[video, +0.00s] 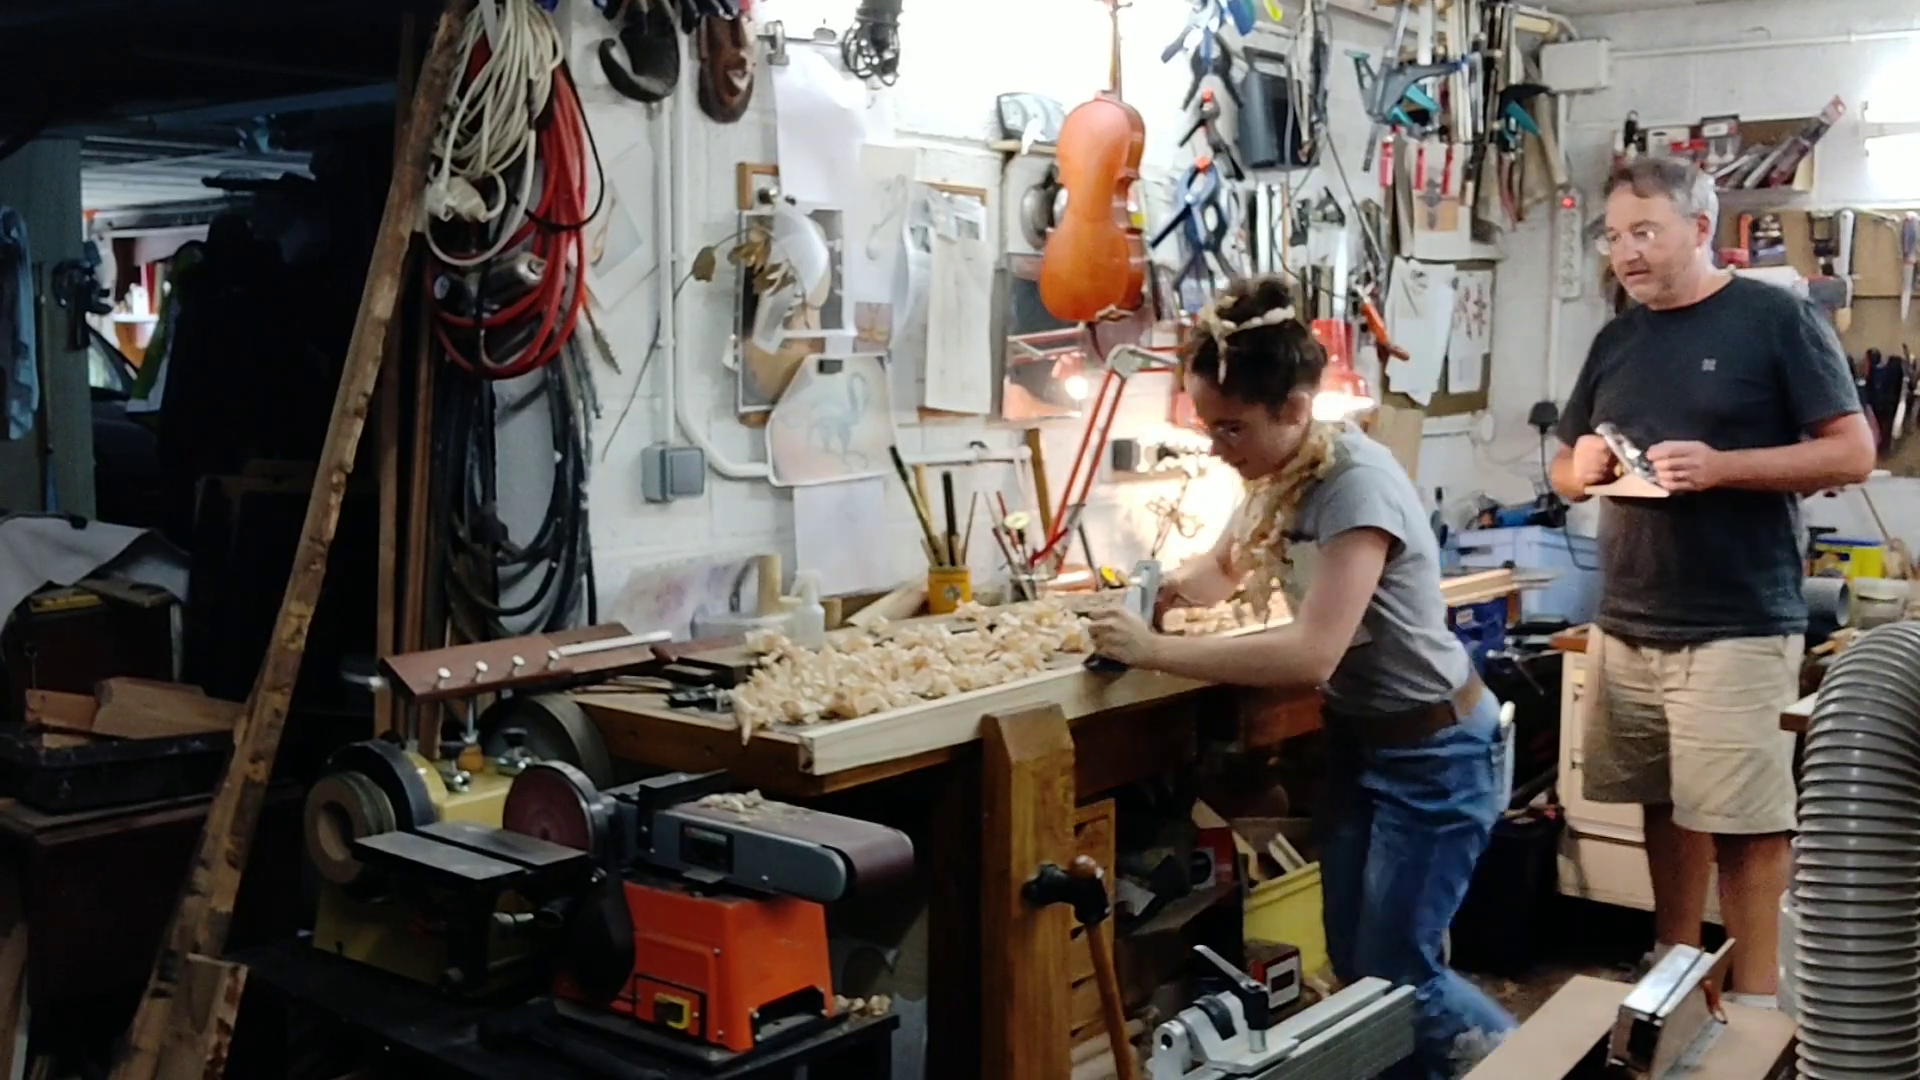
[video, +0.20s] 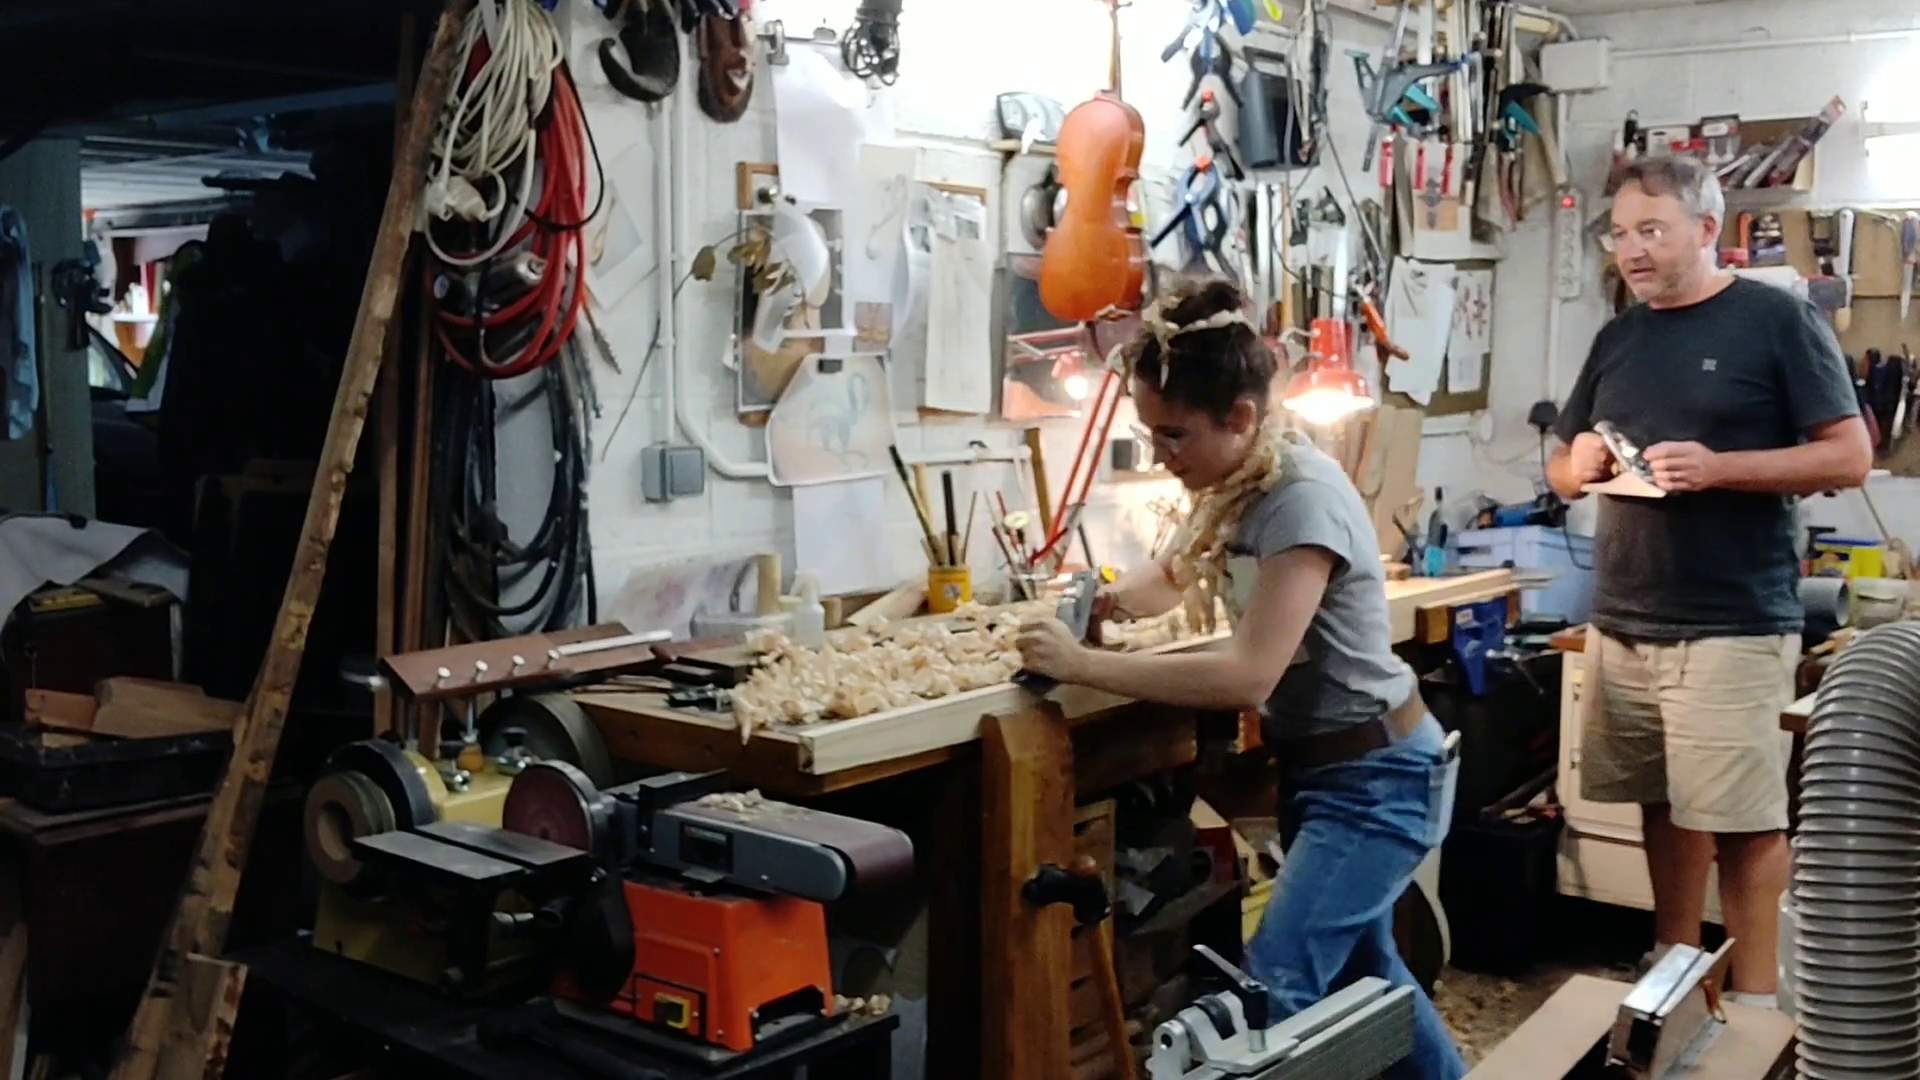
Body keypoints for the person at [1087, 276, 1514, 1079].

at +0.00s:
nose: (1217, 449)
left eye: (1231, 430)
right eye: (1208, 429)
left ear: (1295, 407)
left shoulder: (1360, 481)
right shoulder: (1283, 483)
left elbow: (1314, 652)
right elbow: (1221, 572)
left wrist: (1162, 652)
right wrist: (1144, 597)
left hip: (1439, 752)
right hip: (1362, 745)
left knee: (1395, 971)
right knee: (1353, 962)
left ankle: (1523, 1061)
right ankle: (1452, 1062)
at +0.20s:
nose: (1158, 457)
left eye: (1172, 438)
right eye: (1150, 437)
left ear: (1242, 416)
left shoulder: (1304, 497)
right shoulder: (1242, 492)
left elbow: (1249, 677)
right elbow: (1176, 578)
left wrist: (1084, 661)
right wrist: (1099, 598)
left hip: (1376, 777)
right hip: (1318, 774)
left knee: (1278, 977)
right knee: (1375, 979)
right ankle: (1444, 1074)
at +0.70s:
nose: (1056, 410)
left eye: (1067, 388)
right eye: (1053, 388)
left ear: (1142, 379)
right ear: (1140, 383)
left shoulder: (1199, 490)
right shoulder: (1156, 470)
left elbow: (1050, 676)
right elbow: (1051, 592)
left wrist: (854, 706)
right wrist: (949, 631)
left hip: (1319, 788)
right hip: (1310, 773)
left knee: (1211, 1040)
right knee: (1350, 1023)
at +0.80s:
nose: (1074, 388)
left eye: (1089, 369)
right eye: (1075, 367)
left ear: (1164, 372)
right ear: (1160, 372)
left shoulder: (1202, 487)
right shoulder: (1154, 466)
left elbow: (1022, 641)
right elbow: (1030, 583)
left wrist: (832, 697)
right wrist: (914, 636)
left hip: (1322, 788)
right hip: (1351, 762)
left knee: (1220, 1043)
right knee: (1360, 1028)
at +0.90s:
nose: (1089, 369)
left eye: (1104, 349)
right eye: (1090, 346)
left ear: (1179, 354)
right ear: (1179, 356)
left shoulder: (1218, 474)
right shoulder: (1187, 457)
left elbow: (1069, 646)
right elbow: (1065, 589)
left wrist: (864, 652)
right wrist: (962, 611)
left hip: (1318, 784)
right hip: (1366, 758)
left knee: (1225, 1043)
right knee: (1375, 1032)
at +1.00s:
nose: (1122, 351)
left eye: (1133, 330)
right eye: (1122, 328)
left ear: (1193, 338)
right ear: (1211, 340)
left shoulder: (1240, 463)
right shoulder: (1276, 440)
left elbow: (1125, 661)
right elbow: (1172, 600)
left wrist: (947, 617)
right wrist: (1038, 594)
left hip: (1317, 783)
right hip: (1400, 755)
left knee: (1232, 1045)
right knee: (1374, 1034)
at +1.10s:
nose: (1172, 343)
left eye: (1178, 320)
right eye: (1171, 320)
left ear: (1223, 328)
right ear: (1300, 325)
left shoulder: (1253, 466)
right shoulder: (1344, 432)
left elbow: (1164, 677)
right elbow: (1289, 600)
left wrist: (1021, 597)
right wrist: (1149, 579)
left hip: (1322, 786)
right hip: (1430, 761)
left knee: (1228, 1043)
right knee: (1380, 1043)